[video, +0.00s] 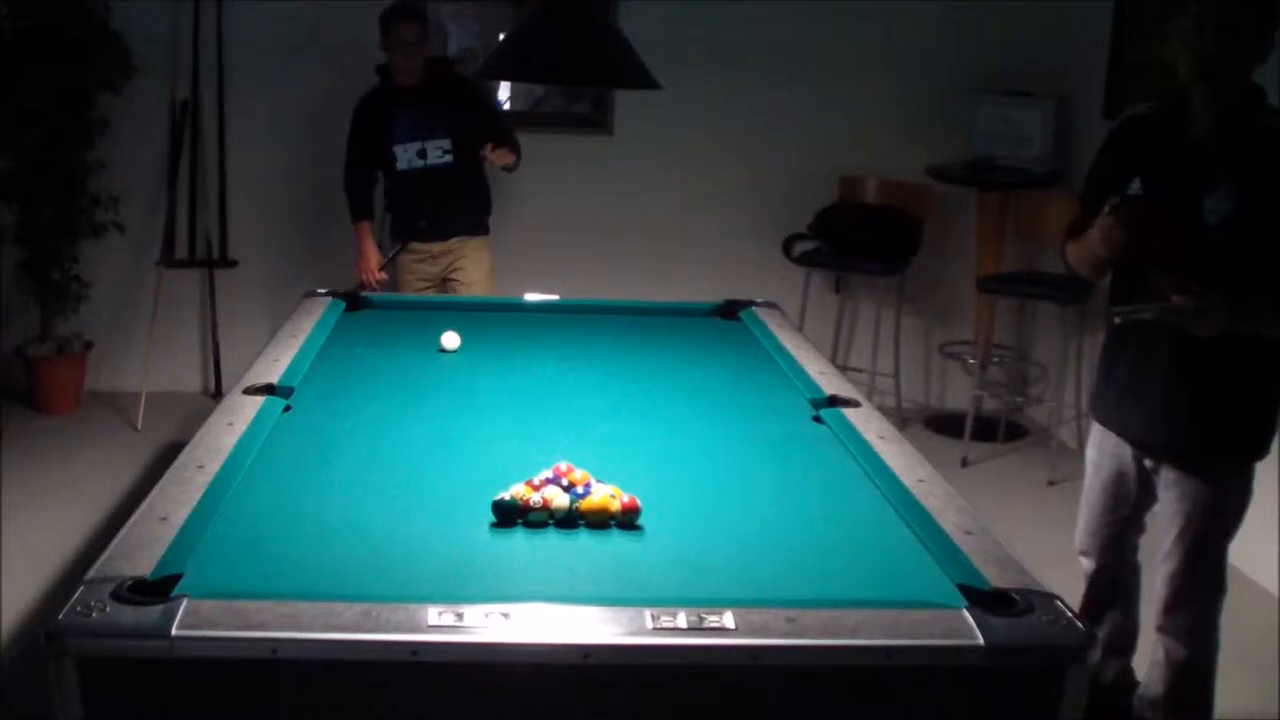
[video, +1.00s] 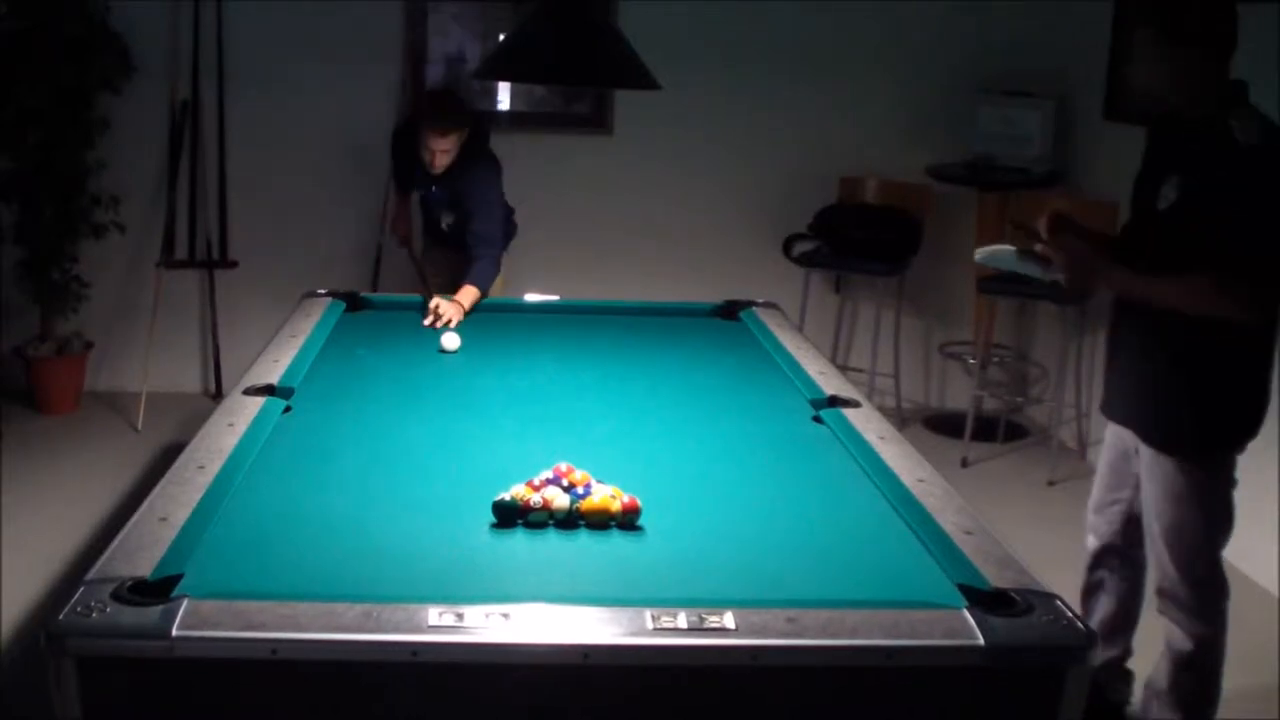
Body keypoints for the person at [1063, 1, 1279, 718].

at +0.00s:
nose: (1203, 56)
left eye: (1221, 38)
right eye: (1193, 36)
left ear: (1253, 47)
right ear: (1172, 45)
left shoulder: (1272, 148)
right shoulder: (1141, 133)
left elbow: (1274, 288)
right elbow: (1078, 257)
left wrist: (1216, 302)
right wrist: (1099, 242)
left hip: (1224, 397)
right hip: (1129, 379)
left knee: (1183, 597)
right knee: (1099, 557)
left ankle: (1171, 710)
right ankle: (1099, 692)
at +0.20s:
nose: (1201, 54)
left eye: (1218, 36)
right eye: (1192, 35)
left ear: (1252, 46)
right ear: (1173, 44)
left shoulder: (1273, 147)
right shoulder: (1141, 134)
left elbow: (1279, 287)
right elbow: (1080, 258)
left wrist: (1220, 308)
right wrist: (1108, 245)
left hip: (1223, 403)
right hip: (1129, 387)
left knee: (1183, 599)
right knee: (1100, 565)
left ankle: (1169, 711)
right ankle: (1098, 698)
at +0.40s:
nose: (1197, 50)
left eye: (1214, 31)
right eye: (1189, 31)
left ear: (1251, 44)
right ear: (1173, 42)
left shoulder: (1274, 147)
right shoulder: (1145, 135)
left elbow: (1278, 286)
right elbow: (1083, 258)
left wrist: (1220, 304)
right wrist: (1108, 245)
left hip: (1224, 403)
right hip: (1132, 386)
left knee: (1185, 596)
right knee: (1102, 563)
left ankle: (1172, 710)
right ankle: (1100, 697)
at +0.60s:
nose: (1183, 59)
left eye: (1201, 40)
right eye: (1179, 39)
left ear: (1238, 47)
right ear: (1169, 46)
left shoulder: (1267, 148)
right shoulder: (1156, 135)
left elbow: (1260, 292)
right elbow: (1107, 258)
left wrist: (1163, 278)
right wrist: (1101, 244)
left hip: (1219, 412)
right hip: (1132, 393)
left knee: (1187, 600)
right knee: (1100, 560)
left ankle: (1174, 709)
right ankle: (1101, 692)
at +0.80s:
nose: (1156, 70)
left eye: (1171, 52)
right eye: (1156, 52)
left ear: (1214, 52)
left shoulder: (1262, 149)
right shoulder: (1169, 134)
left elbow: (1248, 292)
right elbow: (1156, 255)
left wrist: (1130, 270)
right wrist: (1102, 247)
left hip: (1210, 414)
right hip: (1136, 392)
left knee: (1187, 595)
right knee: (1097, 548)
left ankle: (1177, 712)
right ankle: (1105, 690)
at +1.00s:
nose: (1133, 70)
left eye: (1146, 51)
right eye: (1134, 51)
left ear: (1192, 56)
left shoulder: (1252, 152)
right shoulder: (1172, 139)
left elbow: (1239, 295)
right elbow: (1158, 256)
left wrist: (1109, 274)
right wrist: (1089, 248)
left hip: (1196, 408)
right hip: (1135, 389)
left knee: (1185, 588)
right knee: (1109, 548)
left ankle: (1177, 708)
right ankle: (1098, 675)